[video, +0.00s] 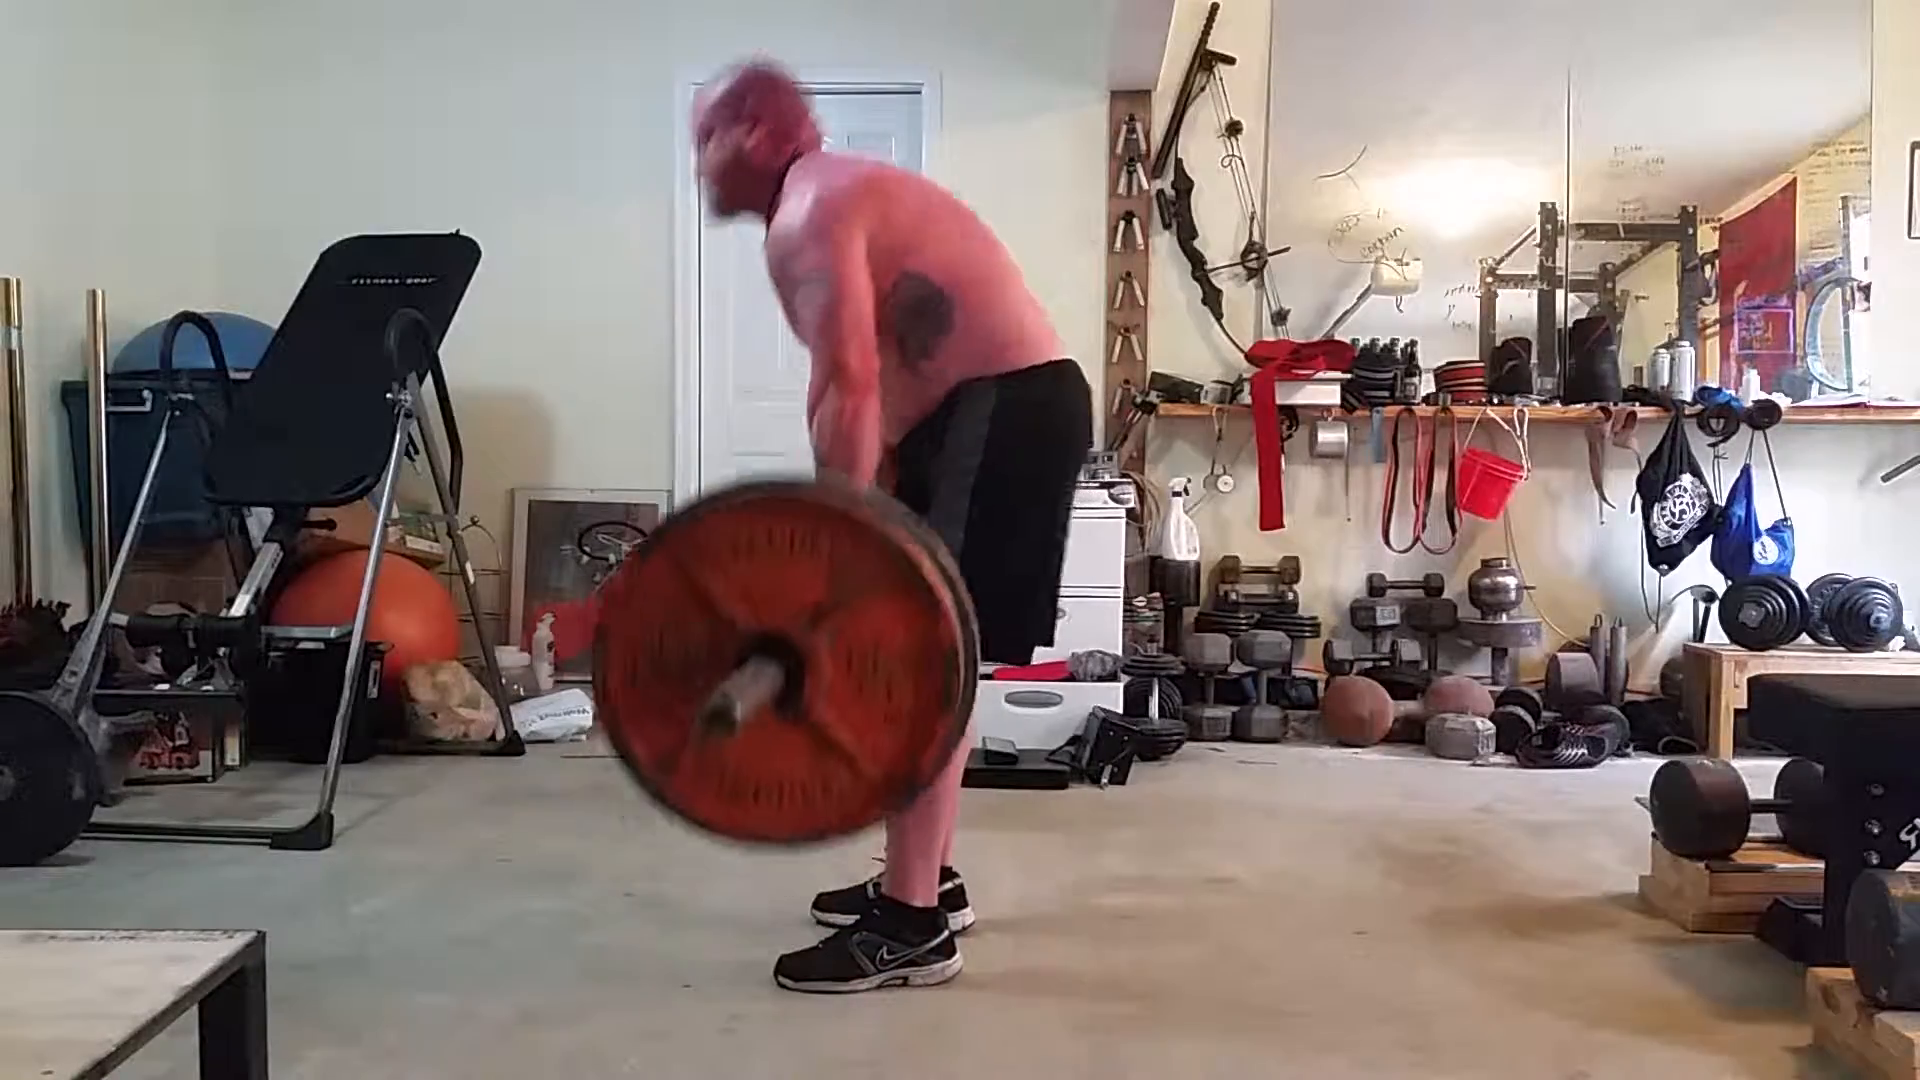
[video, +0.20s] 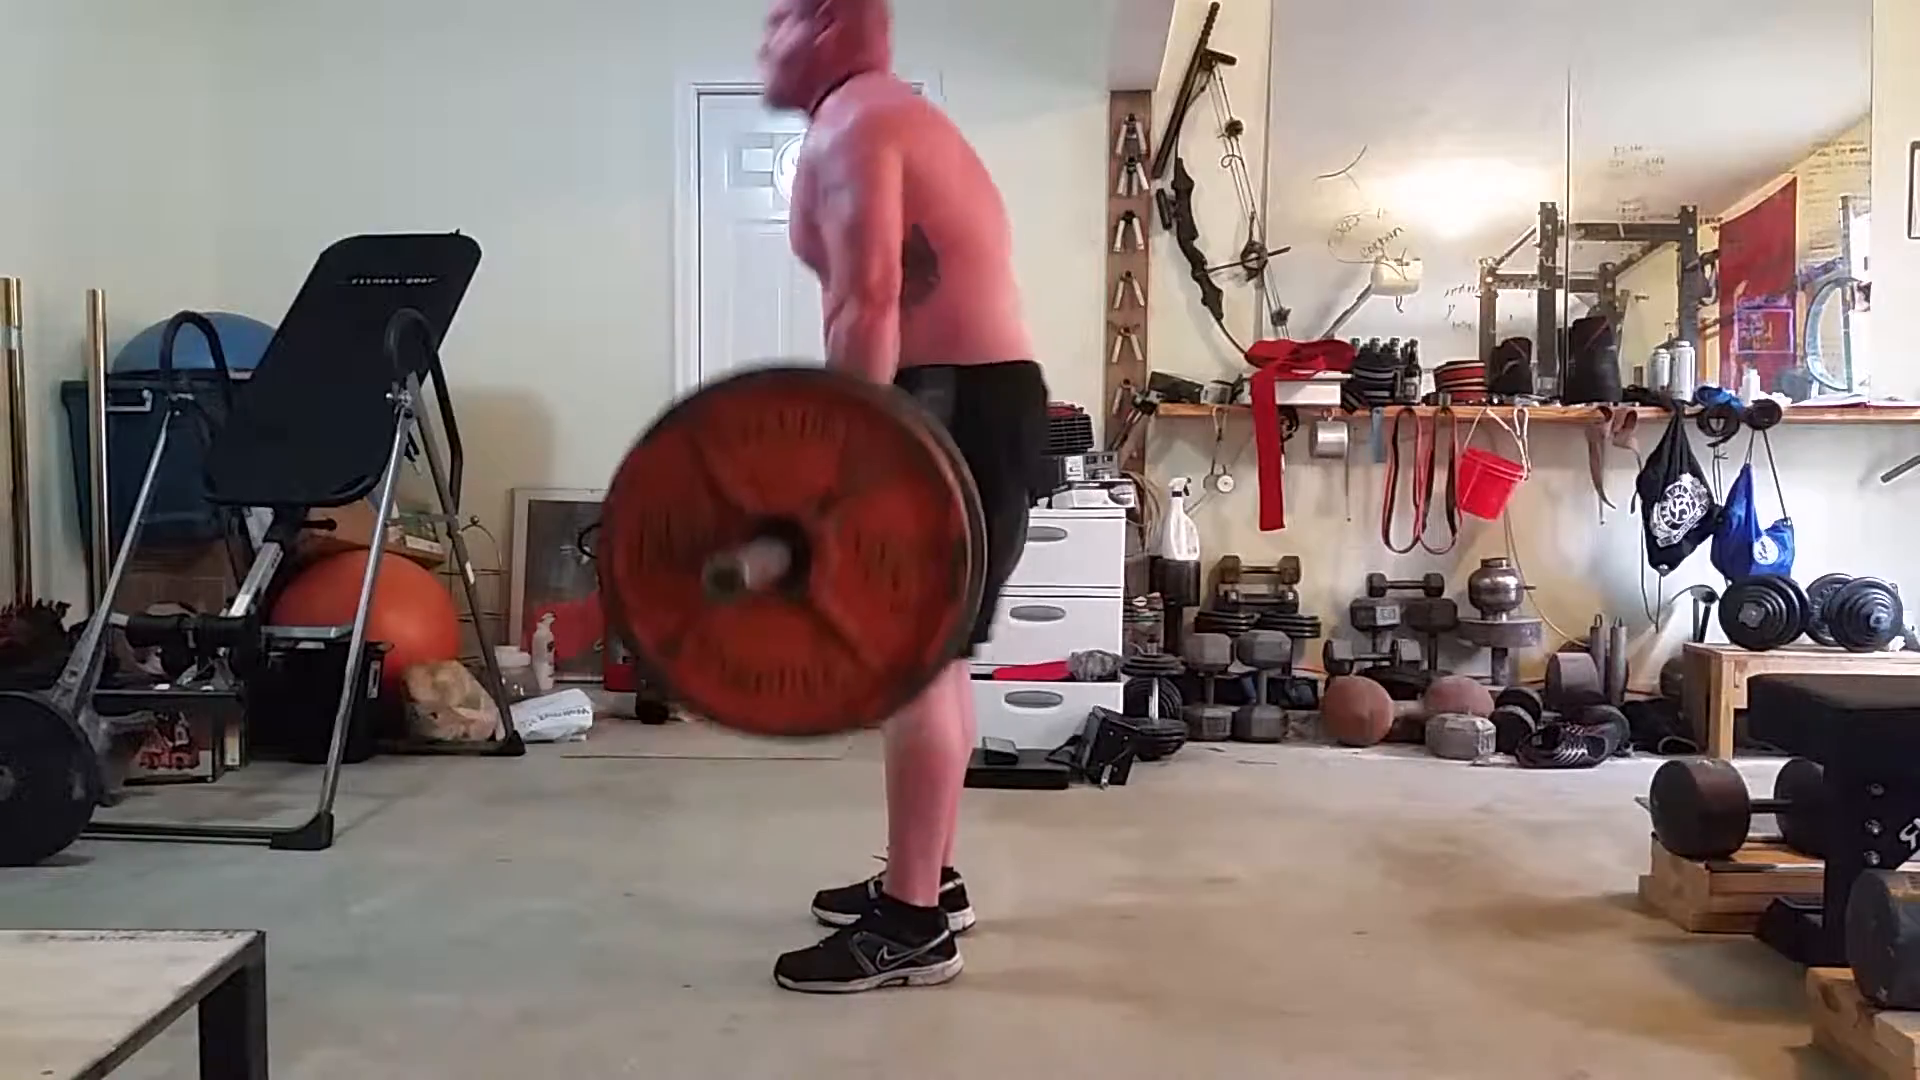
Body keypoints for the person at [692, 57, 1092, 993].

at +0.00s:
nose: (696, 164)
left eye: (706, 140)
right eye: (696, 143)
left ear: (757, 130)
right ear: (773, 134)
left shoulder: (814, 204)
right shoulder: (827, 202)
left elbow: (851, 385)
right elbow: (835, 390)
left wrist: (829, 557)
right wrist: (827, 551)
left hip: (997, 412)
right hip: (969, 413)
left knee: (929, 657)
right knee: (917, 648)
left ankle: (914, 918)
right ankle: (919, 883)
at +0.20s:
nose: (765, 40)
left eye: (782, 19)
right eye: (770, 22)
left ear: (836, 25)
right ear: (851, 33)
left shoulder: (859, 124)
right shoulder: (873, 121)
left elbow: (867, 304)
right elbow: (878, 308)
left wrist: (838, 467)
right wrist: (835, 461)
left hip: (959, 399)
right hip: (970, 398)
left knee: (925, 657)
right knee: (932, 654)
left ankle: (912, 917)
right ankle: (926, 882)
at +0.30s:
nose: (804, 15)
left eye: (818, 2)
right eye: (810, 2)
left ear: (868, 8)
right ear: (894, 16)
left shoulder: (886, 100)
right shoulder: (929, 100)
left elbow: (886, 282)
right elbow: (914, 287)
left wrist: (826, 445)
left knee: (916, 657)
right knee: (931, 653)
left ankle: (911, 919)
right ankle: (929, 880)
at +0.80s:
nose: (714, 100)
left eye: (721, 74)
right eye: (712, 80)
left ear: (776, 56)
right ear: (789, 59)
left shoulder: (831, 144)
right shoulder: (848, 137)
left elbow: (845, 324)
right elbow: (861, 324)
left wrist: (810, 489)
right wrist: (811, 483)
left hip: (949, 402)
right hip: (958, 401)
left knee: (898, 651)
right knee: (909, 649)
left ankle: (909, 917)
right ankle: (920, 878)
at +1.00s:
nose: (658, 215)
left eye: (656, 189)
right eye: (648, 197)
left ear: (701, 155)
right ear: (719, 149)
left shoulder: (779, 218)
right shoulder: (798, 206)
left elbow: (826, 397)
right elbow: (839, 396)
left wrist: (811, 571)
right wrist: (823, 568)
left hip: (971, 409)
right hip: (970, 408)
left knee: (913, 656)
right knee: (922, 651)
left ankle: (909, 916)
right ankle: (923, 878)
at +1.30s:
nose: (651, 352)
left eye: (642, 328)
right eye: (638, 336)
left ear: (673, 280)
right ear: (685, 274)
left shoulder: (762, 331)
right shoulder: (774, 319)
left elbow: (815, 512)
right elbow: (863, 515)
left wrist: (813, 678)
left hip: (1008, 421)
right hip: (1013, 416)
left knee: (905, 664)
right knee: (930, 665)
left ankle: (910, 921)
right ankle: (921, 887)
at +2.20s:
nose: (676, 216)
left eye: (678, 190)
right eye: (671, 195)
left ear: (730, 168)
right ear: (746, 166)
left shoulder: (796, 236)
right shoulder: (817, 226)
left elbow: (833, 419)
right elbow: (863, 426)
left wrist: (817, 586)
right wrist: (849, 561)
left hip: (999, 414)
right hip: (985, 418)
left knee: (920, 658)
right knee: (920, 651)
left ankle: (912, 912)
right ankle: (922, 875)